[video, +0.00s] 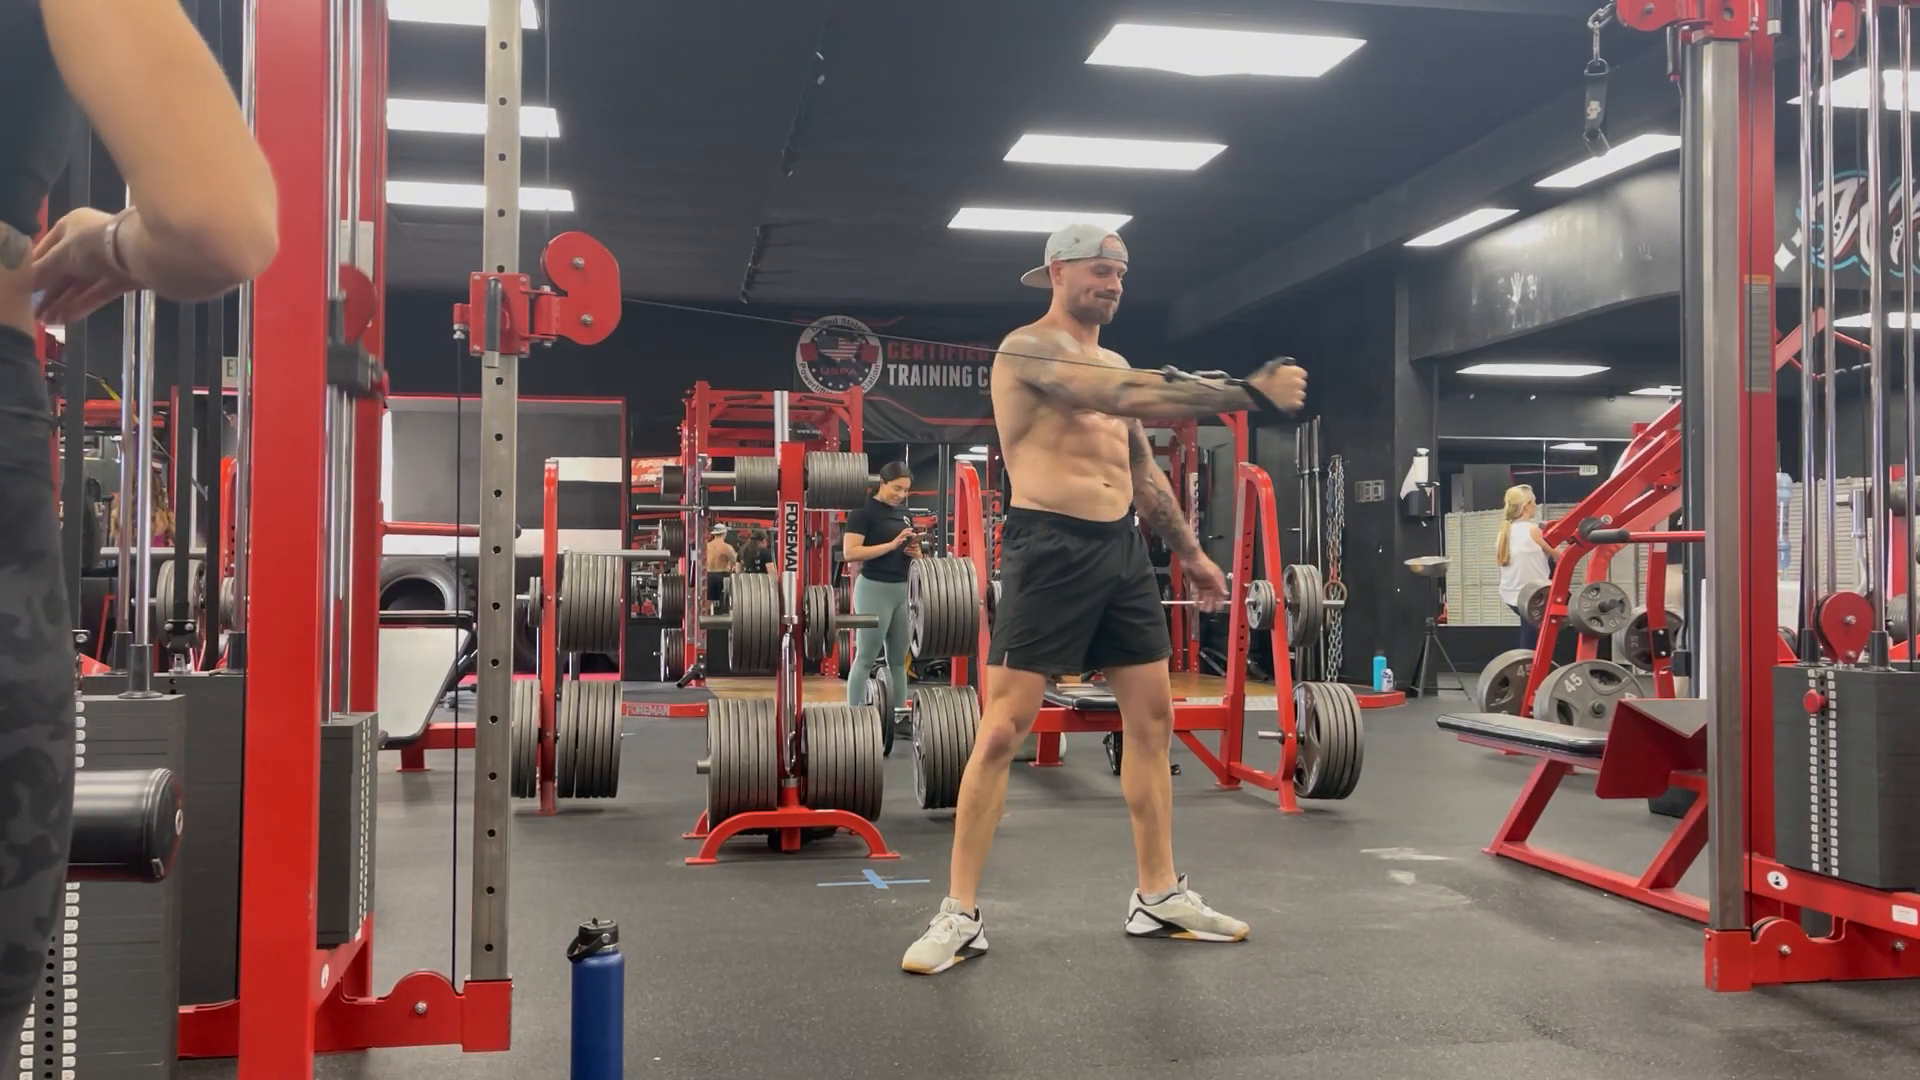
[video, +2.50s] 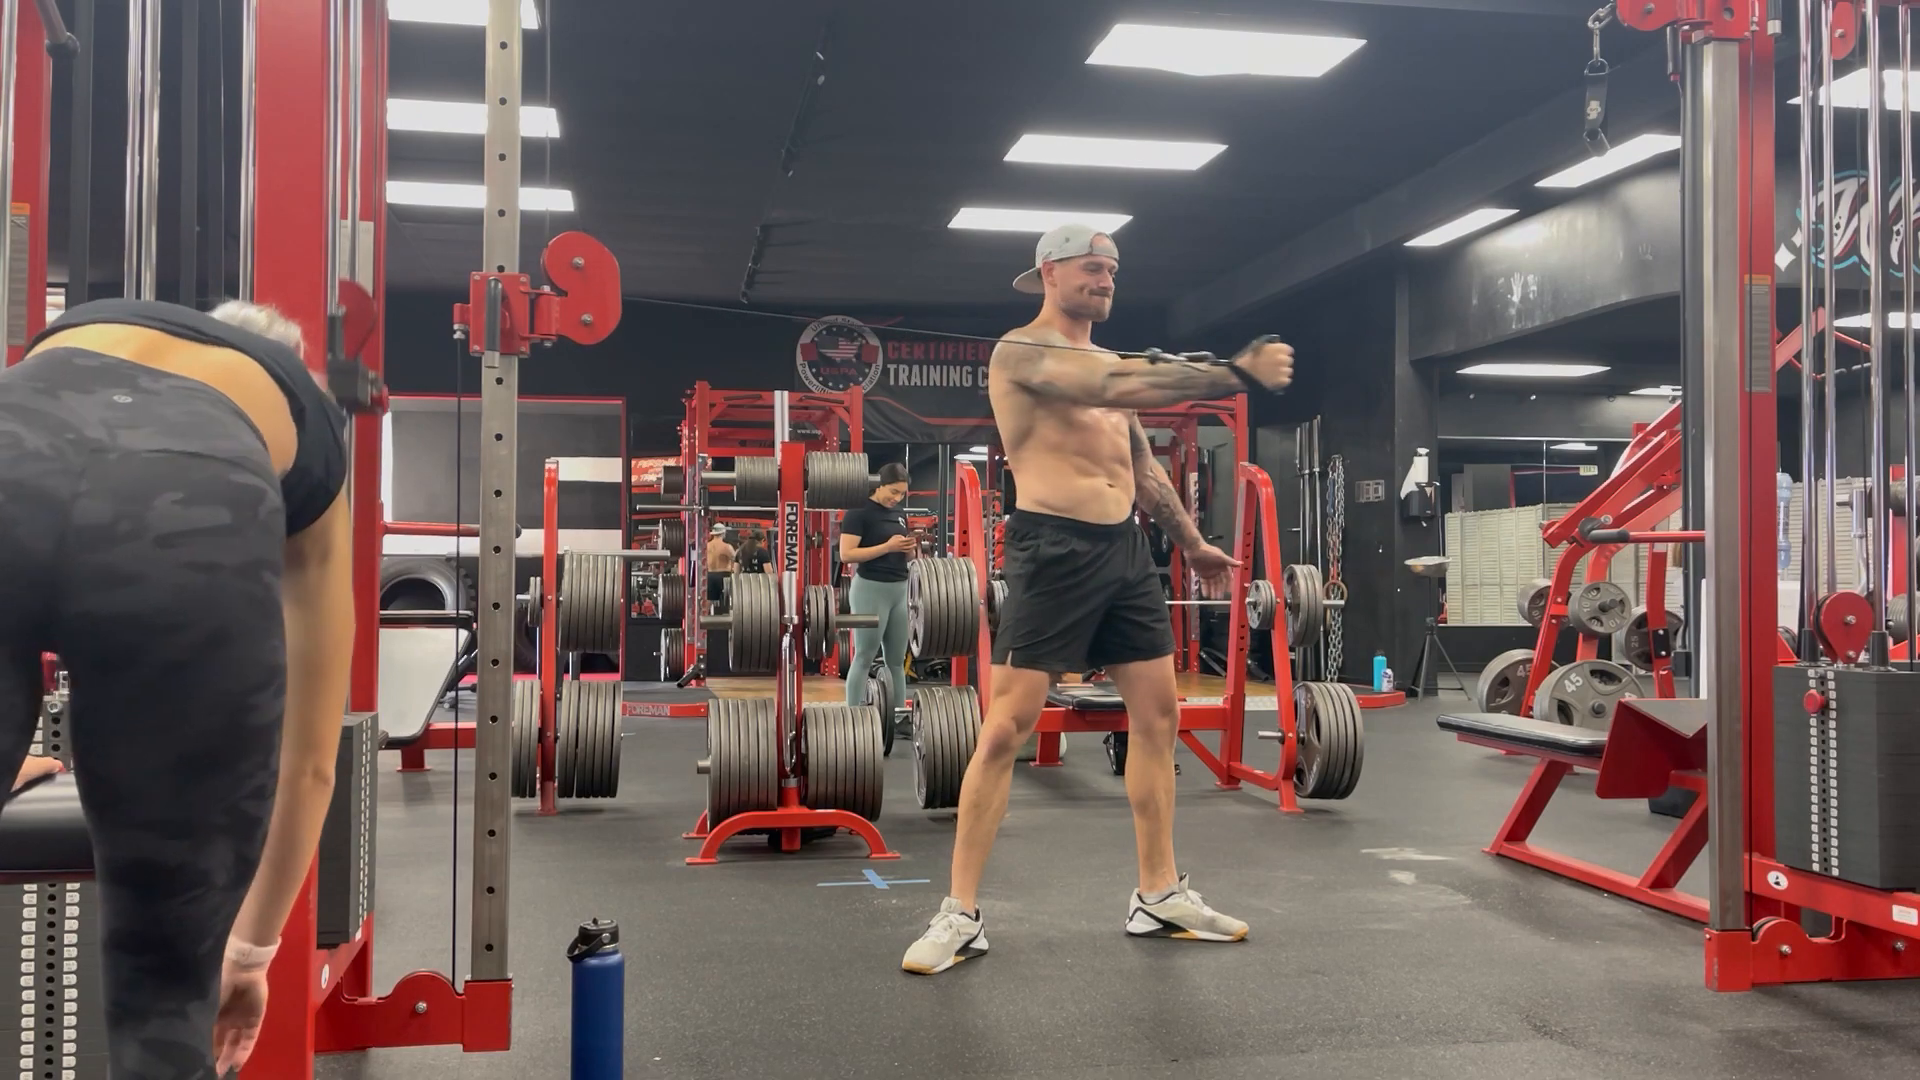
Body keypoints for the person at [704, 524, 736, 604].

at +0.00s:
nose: (725, 535)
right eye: (725, 533)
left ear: (714, 533)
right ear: (724, 534)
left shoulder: (708, 545)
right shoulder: (726, 547)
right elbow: (735, 558)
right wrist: (730, 567)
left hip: (710, 572)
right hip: (723, 572)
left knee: (709, 600)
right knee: (723, 601)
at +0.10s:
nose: (727, 535)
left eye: (727, 533)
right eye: (726, 533)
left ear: (715, 534)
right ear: (723, 534)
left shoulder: (709, 545)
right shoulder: (724, 546)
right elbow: (732, 559)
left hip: (710, 572)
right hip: (722, 572)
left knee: (710, 599)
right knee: (723, 599)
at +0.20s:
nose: (728, 535)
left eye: (728, 533)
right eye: (727, 533)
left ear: (717, 534)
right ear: (723, 534)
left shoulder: (709, 545)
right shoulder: (722, 547)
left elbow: (728, 552)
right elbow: (729, 561)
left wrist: (735, 555)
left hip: (711, 572)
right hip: (722, 573)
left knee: (711, 600)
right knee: (723, 600)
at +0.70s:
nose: (728, 536)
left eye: (728, 534)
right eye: (727, 534)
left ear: (718, 534)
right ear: (723, 534)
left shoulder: (710, 545)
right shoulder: (722, 547)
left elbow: (727, 552)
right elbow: (726, 564)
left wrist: (735, 555)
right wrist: (733, 574)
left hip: (711, 572)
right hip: (721, 572)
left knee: (710, 599)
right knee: (722, 600)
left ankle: (707, 616)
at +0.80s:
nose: (727, 536)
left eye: (727, 534)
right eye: (727, 534)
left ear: (716, 533)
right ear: (723, 534)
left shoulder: (709, 545)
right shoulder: (723, 546)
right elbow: (728, 560)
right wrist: (734, 567)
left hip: (711, 572)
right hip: (721, 572)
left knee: (710, 599)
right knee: (723, 599)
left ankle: (707, 616)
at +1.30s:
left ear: (714, 533)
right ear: (725, 534)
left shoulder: (708, 546)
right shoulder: (731, 548)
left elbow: (704, 561)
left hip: (711, 573)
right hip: (726, 573)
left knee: (709, 601)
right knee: (725, 602)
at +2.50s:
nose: (725, 534)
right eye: (724, 533)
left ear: (713, 533)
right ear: (723, 534)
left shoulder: (708, 545)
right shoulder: (726, 547)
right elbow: (735, 557)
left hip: (710, 572)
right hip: (724, 572)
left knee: (709, 600)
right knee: (724, 600)